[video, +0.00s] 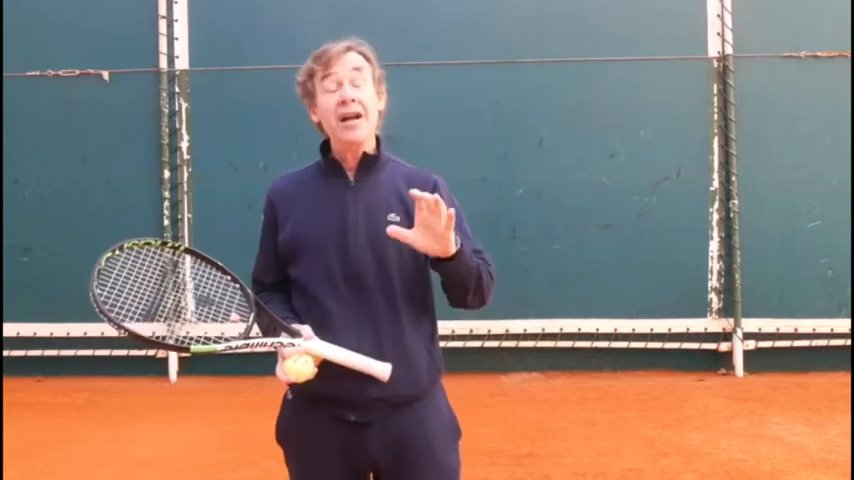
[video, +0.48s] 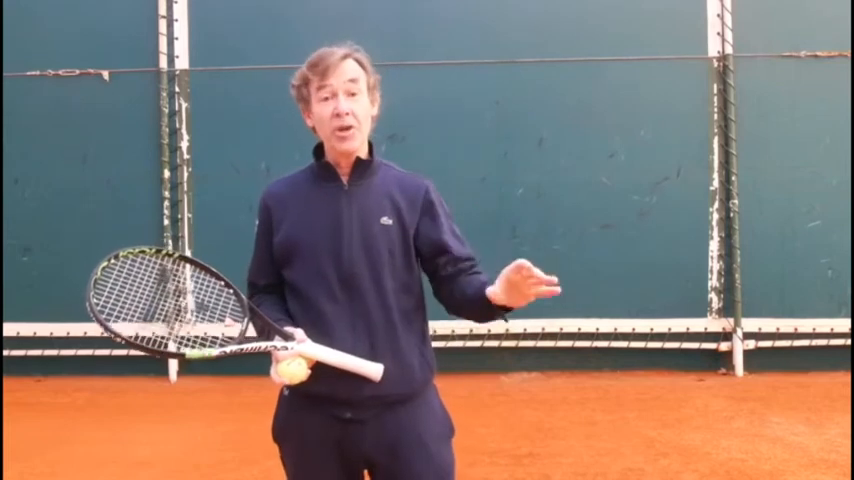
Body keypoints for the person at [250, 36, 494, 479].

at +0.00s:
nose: (347, 94)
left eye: (358, 81)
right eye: (331, 86)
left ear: (380, 98)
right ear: (314, 111)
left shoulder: (425, 190)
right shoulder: (285, 198)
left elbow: (476, 295)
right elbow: (268, 290)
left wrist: (447, 255)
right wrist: (290, 338)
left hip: (414, 414)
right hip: (319, 417)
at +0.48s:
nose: (341, 107)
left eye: (352, 93)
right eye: (326, 97)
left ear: (374, 104)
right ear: (309, 114)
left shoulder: (413, 194)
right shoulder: (279, 202)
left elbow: (455, 278)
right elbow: (264, 293)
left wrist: (495, 296)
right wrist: (284, 340)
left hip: (405, 411)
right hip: (313, 414)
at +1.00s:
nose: (359, 114)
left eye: (369, 99)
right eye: (343, 103)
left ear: (390, 106)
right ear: (324, 115)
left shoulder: (428, 196)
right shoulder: (289, 200)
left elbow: (470, 281)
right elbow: (271, 291)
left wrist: (435, 318)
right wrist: (299, 341)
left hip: (417, 415)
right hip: (322, 417)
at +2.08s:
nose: (416, 96)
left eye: (430, 82)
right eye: (402, 86)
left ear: (453, 99)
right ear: (384, 105)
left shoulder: (487, 197)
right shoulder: (343, 196)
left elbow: (523, 296)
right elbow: (316, 300)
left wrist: (481, 345)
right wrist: (358, 338)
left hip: (475, 429)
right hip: (375, 428)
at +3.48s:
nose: (405, 87)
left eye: (420, 77)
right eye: (392, 79)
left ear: (443, 100)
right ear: (374, 105)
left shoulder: (478, 197)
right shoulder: (331, 195)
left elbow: (525, 282)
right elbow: (302, 299)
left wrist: (509, 299)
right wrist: (333, 338)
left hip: (458, 430)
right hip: (359, 427)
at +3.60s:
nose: (398, 93)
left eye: (412, 81)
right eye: (384, 83)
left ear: (434, 101)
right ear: (365, 107)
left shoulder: (470, 196)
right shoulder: (324, 196)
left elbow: (527, 289)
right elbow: (295, 297)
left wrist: (481, 275)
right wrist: (325, 337)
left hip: (450, 427)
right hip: (352, 424)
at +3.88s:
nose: (381, 106)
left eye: (394, 92)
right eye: (367, 93)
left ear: (415, 106)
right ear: (346, 109)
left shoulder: (446, 192)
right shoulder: (306, 197)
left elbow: (513, 283)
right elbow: (282, 293)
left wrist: (505, 223)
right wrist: (302, 335)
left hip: (434, 423)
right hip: (338, 423)